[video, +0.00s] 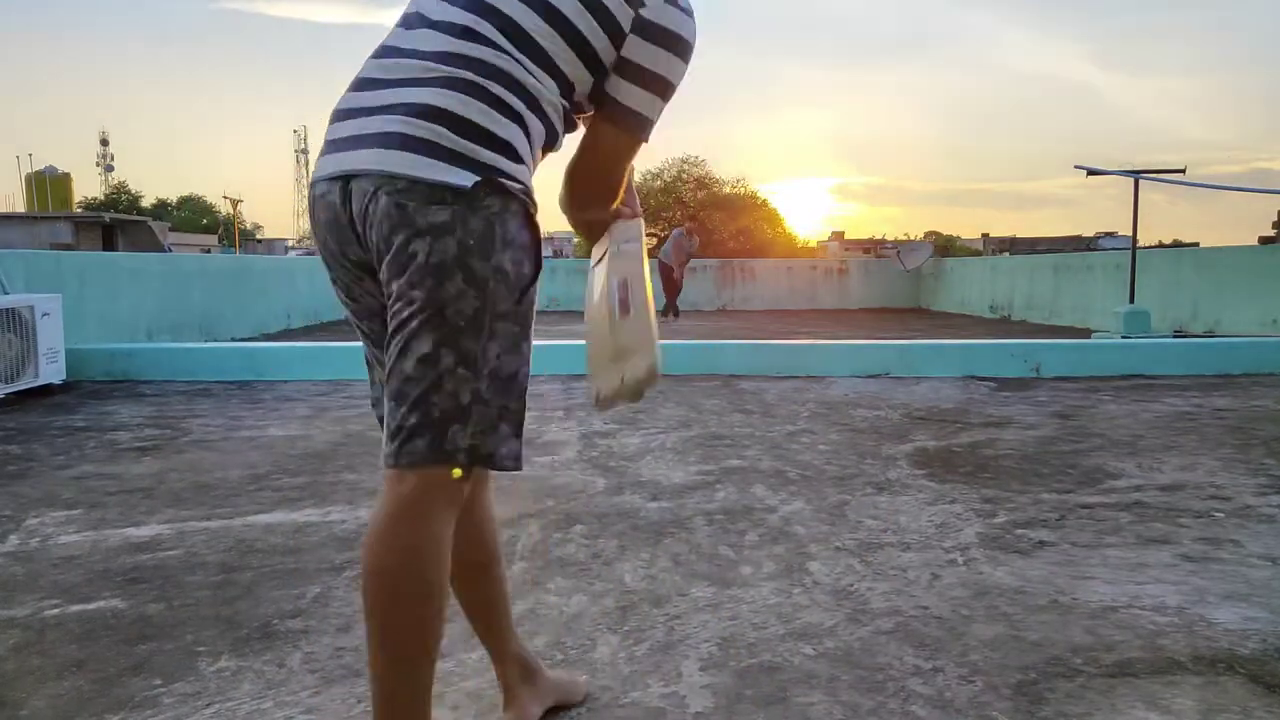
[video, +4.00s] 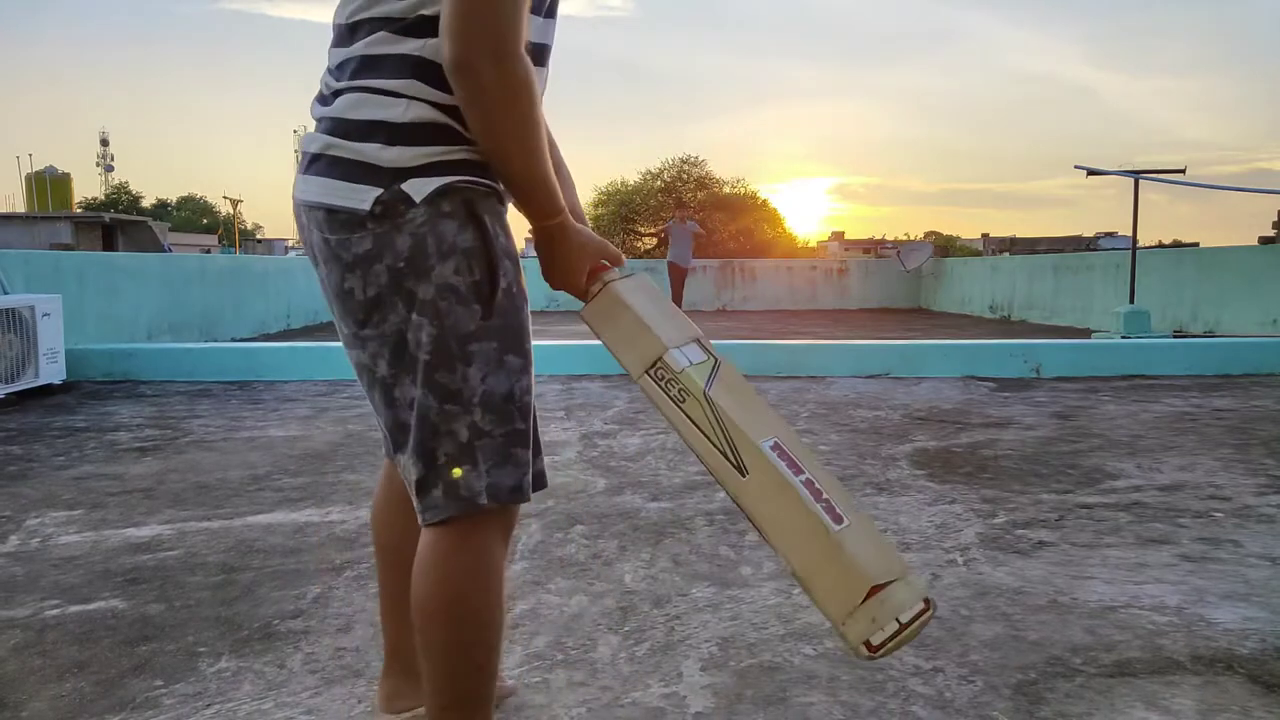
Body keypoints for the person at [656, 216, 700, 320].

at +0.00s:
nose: (690, 225)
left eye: (693, 223)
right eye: (689, 222)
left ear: (696, 225)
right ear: (685, 223)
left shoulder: (695, 240)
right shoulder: (677, 234)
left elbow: (689, 256)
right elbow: (674, 253)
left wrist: (682, 268)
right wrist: (676, 268)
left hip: (678, 263)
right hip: (666, 260)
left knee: (678, 286)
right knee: (668, 286)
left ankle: (665, 311)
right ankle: (675, 311)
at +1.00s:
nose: (695, 209)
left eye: (698, 206)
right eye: (693, 206)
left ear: (702, 208)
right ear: (690, 208)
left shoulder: (707, 223)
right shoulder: (685, 222)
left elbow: (717, 237)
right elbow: (673, 229)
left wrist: (708, 245)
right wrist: (684, 240)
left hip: (702, 261)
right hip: (687, 260)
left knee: (705, 291)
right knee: (686, 290)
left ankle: (710, 314)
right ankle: (682, 315)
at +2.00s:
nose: (692, 209)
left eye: (695, 206)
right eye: (690, 206)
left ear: (699, 208)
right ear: (687, 209)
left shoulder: (705, 222)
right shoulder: (683, 223)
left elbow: (710, 238)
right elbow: (681, 243)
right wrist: (677, 260)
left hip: (702, 262)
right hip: (688, 261)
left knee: (705, 291)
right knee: (686, 291)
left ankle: (709, 315)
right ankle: (682, 315)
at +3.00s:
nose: (699, 219)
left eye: (701, 217)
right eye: (696, 217)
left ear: (704, 217)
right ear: (693, 217)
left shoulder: (710, 229)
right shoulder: (688, 229)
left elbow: (712, 245)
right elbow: (687, 247)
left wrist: (707, 256)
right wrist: (695, 257)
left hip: (707, 264)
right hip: (692, 264)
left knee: (710, 291)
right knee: (687, 291)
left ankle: (710, 315)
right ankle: (681, 315)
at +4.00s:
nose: (682, 214)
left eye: (684, 211)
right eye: (679, 211)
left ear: (687, 212)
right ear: (675, 213)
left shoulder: (692, 225)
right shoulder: (673, 224)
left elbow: (703, 234)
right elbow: (658, 231)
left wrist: (692, 231)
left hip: (686, 259)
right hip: (673, 259)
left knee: (680, 288)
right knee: (676, 287)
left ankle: (678, 311)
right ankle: (676, 311)